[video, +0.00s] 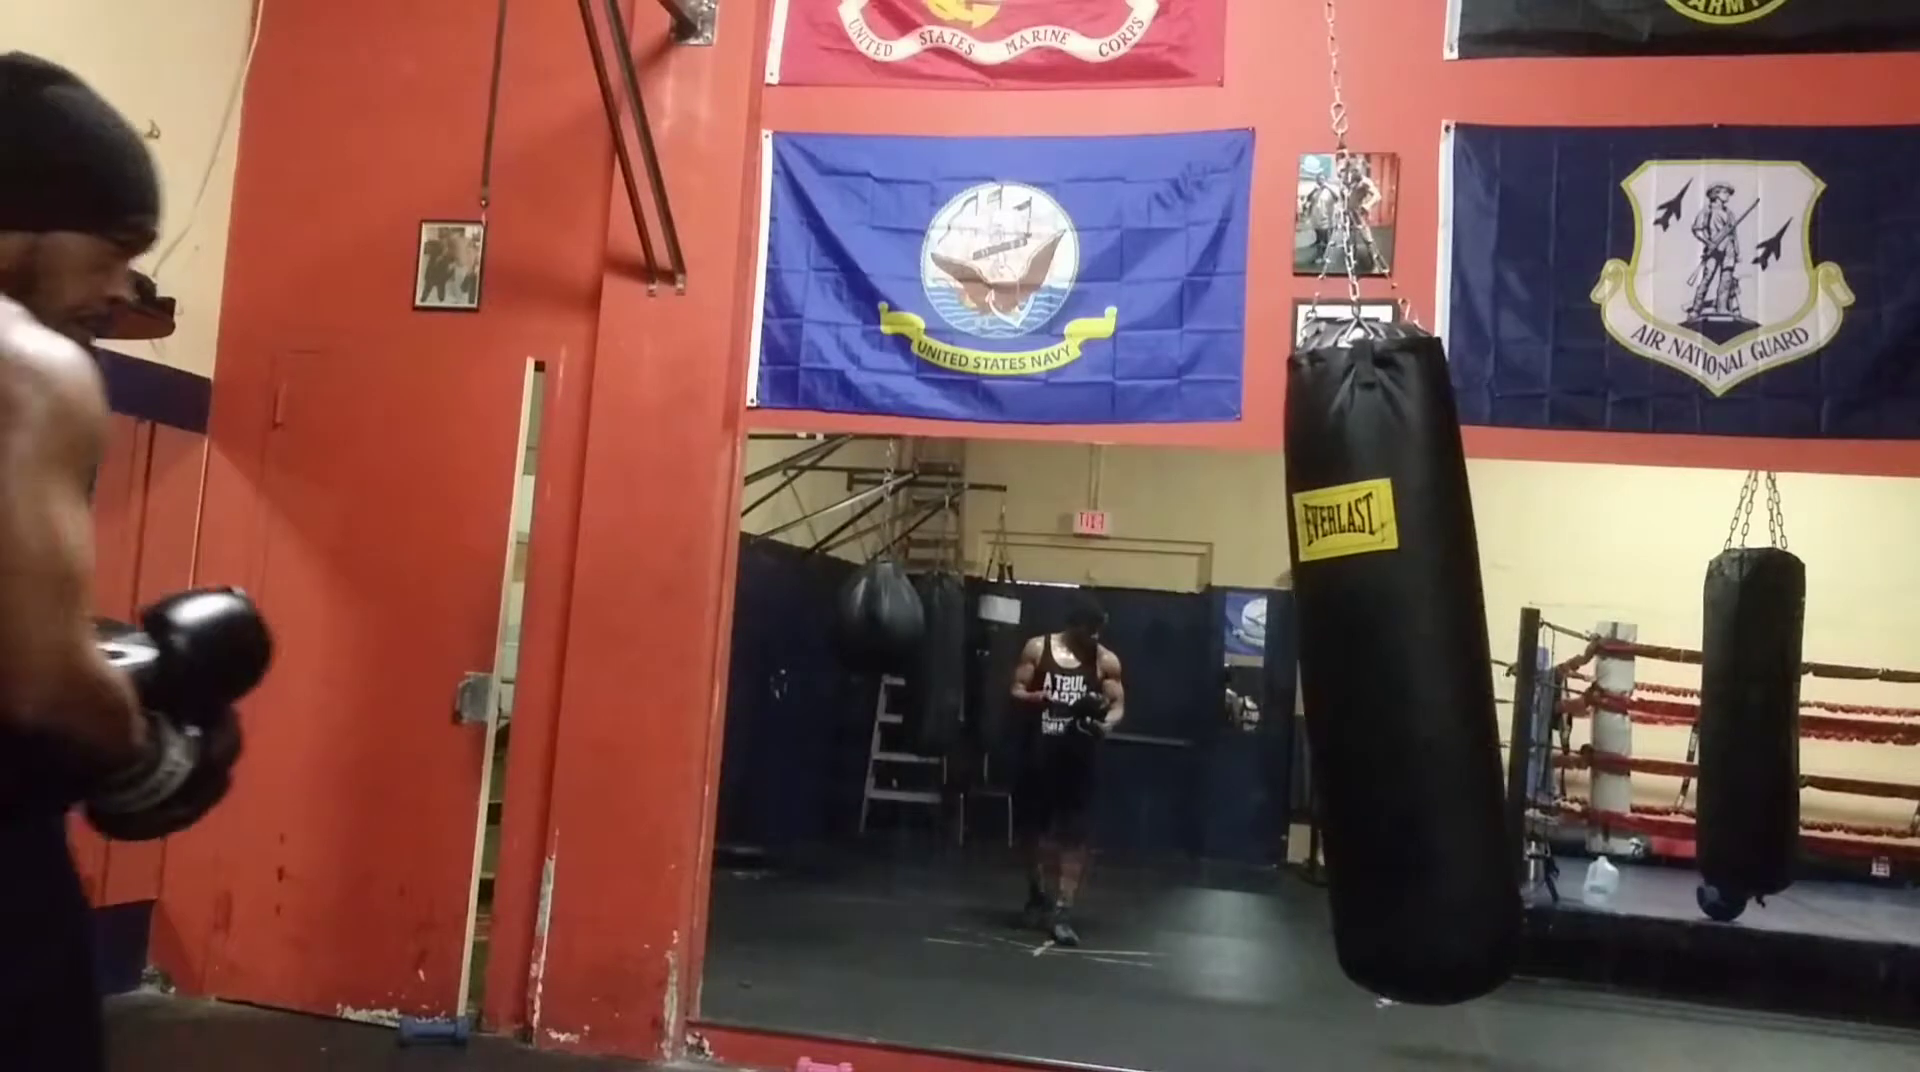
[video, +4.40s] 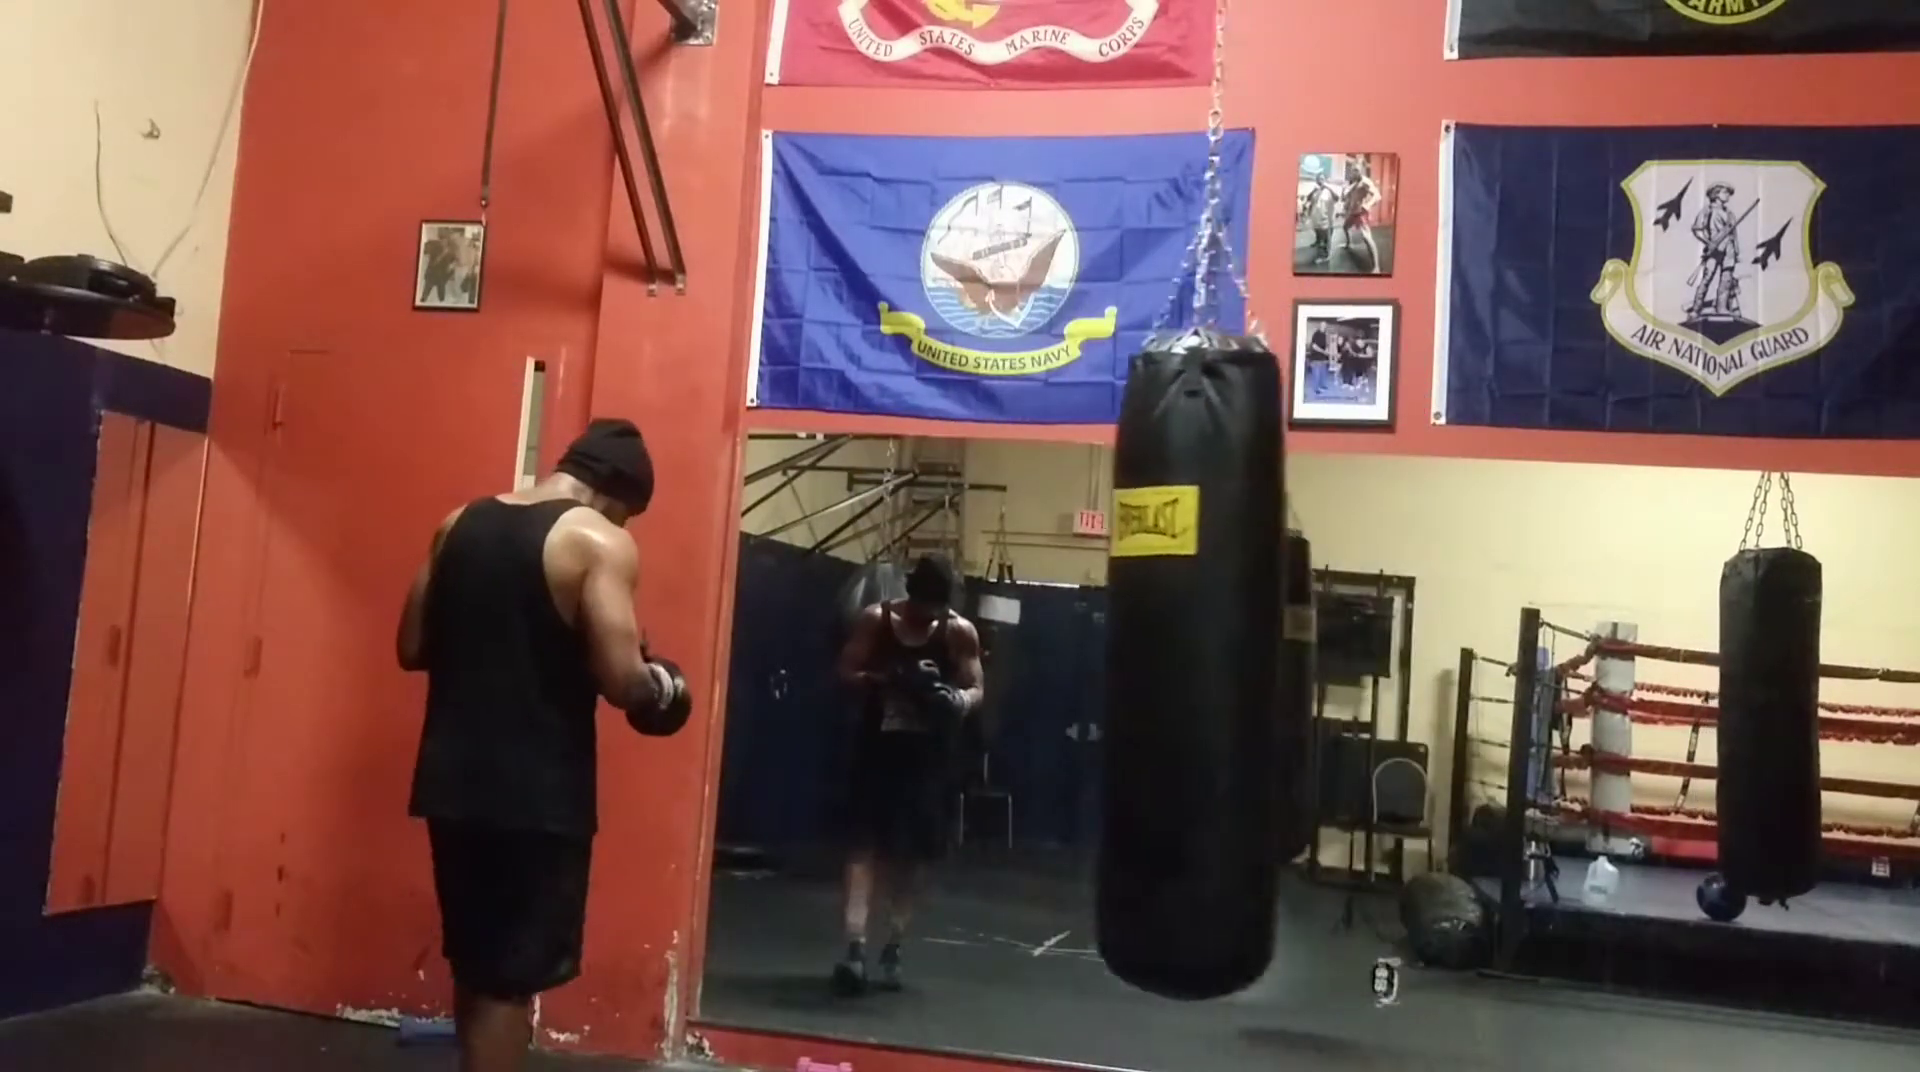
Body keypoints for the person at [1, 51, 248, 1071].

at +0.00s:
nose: (125, 290)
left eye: (135, 260)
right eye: (117, 250)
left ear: (24, 236)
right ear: (29, 228)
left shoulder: (41, 370)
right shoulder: (37, 371)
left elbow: (27, 652)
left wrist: (117, 672)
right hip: (15, 893)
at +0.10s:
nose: (186, 286)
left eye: (192, 252)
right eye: (178, 247)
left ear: (63, 226)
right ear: (87, 226)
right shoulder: (98, 367)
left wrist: (173, 647)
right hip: (38, 877)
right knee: (73, 1044)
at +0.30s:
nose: (269, 293)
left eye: (275, 259)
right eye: (261, 255)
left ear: (112, 221)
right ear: (175, 236)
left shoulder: (14, 307)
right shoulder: (209, 372)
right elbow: (248, 655)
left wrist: (268, 650)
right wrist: (313, 700)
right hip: (114, 834)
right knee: (140, 1044)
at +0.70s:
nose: (366, 340)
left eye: (367, 313)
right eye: (356, 310)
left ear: (211, 288)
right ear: (295, 303)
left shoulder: (49, 411)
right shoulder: (325, 417)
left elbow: (24, 637)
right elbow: (362, 660)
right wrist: (413, 704)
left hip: (74, 834)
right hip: (239, 854)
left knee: (70, 1044)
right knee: (238, 1047)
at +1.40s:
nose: (430, 406)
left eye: (431, 391)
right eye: (433, 392)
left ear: (324, 347)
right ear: (416, 378)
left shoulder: (186, 454)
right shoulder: (432, 463)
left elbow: (136, 652)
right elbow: (481, 668)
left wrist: (257, 652)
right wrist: (511, 635)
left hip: (206, 850)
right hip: (367, 866)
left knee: (198, 1054)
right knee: (367, 1052)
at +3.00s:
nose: (508, 483)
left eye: (509, 470)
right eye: (511, 470)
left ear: (433, 432)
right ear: (503, 457)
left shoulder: (324, 499)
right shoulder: (502, 514)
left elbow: (276, 643)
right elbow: (539, 668)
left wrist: (366, 618)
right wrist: (573, 671)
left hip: (332, 785)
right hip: (450, 794)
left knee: (330, 997)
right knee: (464, 977)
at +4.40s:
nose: (620, 524)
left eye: (625, 514)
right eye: (625, 513)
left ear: (567, 466)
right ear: (618, 490)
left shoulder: (462, 522)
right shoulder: (601, 540)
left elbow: (412, 649)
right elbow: (620, 675)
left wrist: (494, 629)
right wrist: (657, 688)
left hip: (455, 789)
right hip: (540, 799)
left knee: (475, 981)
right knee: (509, 991)